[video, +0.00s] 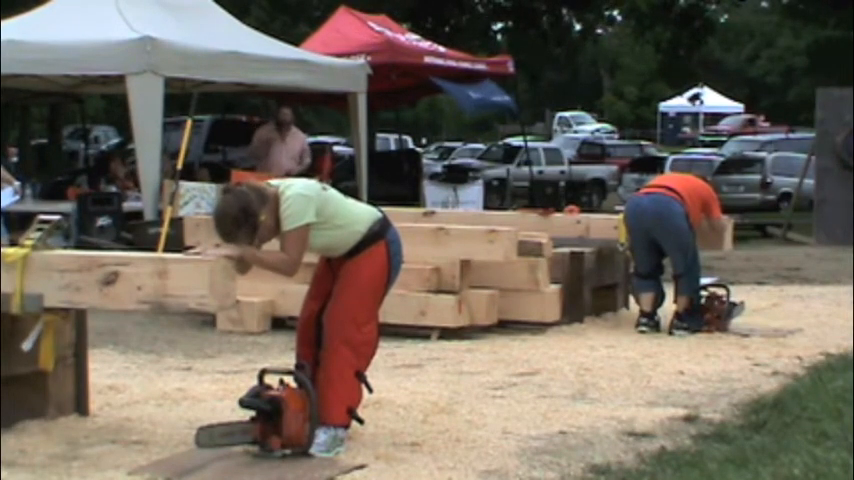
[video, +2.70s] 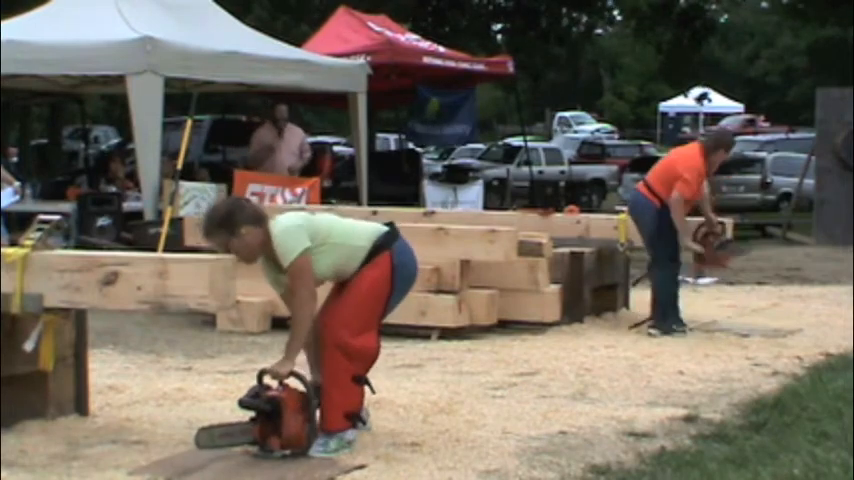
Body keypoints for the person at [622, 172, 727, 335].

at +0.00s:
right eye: (711, 191)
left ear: (689, 176)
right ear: (707, 184)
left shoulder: (671, 178)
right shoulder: (706, 189)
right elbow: (717, 223)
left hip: (635, 205)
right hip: (668, 206)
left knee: (645, 270)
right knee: (686, 268)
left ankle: (646, 316)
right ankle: (682, 318)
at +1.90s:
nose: (724, 178)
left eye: (725, 175)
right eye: (725, 175)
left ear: (707, 164)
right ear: (721, 171)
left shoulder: (682, 168)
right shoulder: (717, 180)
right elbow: (718, 218)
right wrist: (713, 247)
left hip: (641, 200)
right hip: (671, 203)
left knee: (649, 264)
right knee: (688, 264)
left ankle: (646, 314)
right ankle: (680, 316)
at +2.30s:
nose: (731, 190)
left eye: (733, 187)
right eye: (732, 185)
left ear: (718, 172)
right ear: (728, 179)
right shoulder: (718, 182)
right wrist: (714, 245)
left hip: (643, 213)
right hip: (659, 218)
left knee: (675, 266)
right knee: (696, 265)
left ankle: (666, 311)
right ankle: (688, 315)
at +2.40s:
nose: (734, 179)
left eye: (737, 175)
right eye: (733, 172)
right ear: (725, 164)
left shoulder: (711, 192)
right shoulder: (707, 156)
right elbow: (684, 158)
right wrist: (706, 183)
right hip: (658, 205)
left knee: (675, 261)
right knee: (680, 263)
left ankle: (665, 311)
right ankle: (689, 319)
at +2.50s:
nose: (732, 172)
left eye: (736, 168)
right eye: (732, 164)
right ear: (721, 156)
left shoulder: (712, 190)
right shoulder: (701, 151)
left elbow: (706, 223)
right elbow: (665, 145)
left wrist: (715, 255)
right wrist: (678, 176)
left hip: (671, 212)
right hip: (654, 199)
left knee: (676, 260)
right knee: (674, 259)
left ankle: (667, 313)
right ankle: (671, 316)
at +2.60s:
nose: (731, 163)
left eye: (733, 159)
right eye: (730, 157)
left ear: (724, 155)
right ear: (721, 152)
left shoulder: (712, 178)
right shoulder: (695, 156)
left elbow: (707, 210)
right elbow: (667, 181)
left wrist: (715, 243)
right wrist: (677, 220)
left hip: (664, 208)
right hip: (649, 200)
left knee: (674, 260)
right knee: (665, 260)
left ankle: (673, 318)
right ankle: (663, 320)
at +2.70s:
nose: (725, 159)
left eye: (727, 154)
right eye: (725, 153)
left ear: (713, 146)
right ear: (717, 150)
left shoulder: (698, 157)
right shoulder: (693, 165)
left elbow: (700, 192)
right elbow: (675, 201)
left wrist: (710, 218)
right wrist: (685, 237)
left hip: (660, 204)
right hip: (649, 203)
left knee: (669, 260)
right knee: (664, 261)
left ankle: (670, 316)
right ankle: (663, 319)